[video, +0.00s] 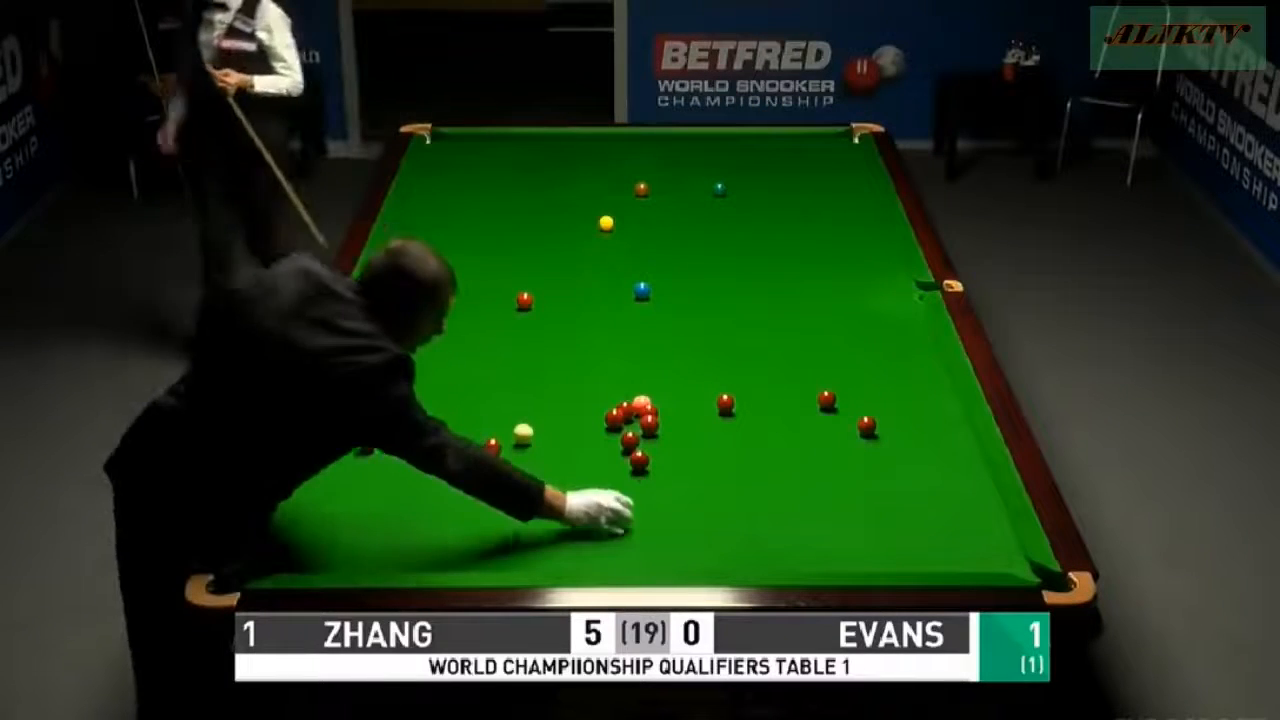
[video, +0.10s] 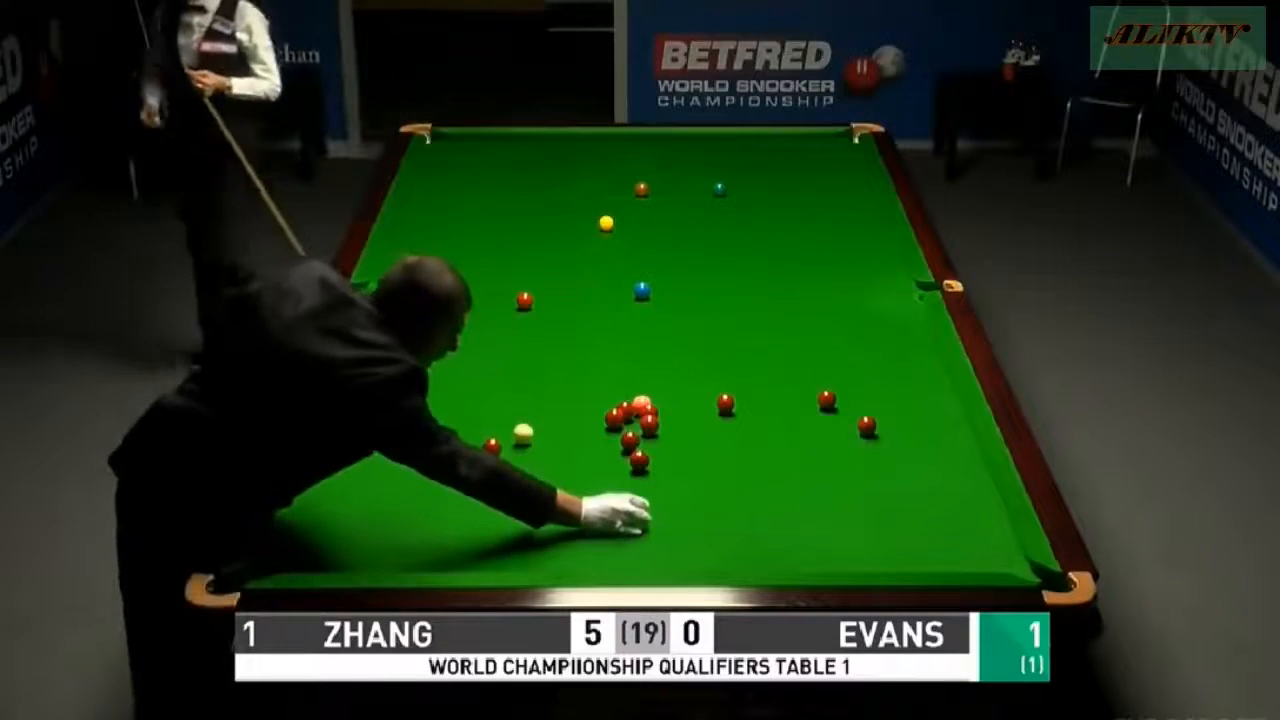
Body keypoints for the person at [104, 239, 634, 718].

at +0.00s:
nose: (440, 330)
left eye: (441, 316)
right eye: (438, 318)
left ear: (373, 279)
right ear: (413, 318)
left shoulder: (297, 276)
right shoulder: (372, 377)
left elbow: (220, 310)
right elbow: (447, 456)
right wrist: (559, 503)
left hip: (146, 462)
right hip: (197, 504)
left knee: (162, 648)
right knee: (197, 658)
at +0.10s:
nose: (456, 344)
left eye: (457, 330)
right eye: (453, 332)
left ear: (387, 290)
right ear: (426, 330)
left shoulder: (308, 284)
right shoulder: (385, 387)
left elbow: (226, 291)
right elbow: (459, 464)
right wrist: (574, 508)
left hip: (151, 461)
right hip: (207, 501)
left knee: (158, 647)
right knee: (202, 655)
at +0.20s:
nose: (460, 348)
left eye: (462, 334)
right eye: (458, 336)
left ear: (393, 294)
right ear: (430, 333)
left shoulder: (314, 286)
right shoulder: (387, 389)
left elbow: (226, 320)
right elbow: (465, 468)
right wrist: (579, 508)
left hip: (153, 458)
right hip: (202, 498)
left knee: (160, 649)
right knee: (196, 658)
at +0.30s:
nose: (461, 348)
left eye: (463, 335)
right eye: (459, 337)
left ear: (394, 295)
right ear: (431, 335)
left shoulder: (317, 287)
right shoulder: (388, 389)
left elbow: (221, 318)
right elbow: (464, 467)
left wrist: (255, 392)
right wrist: (579, 508)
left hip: (151, 463)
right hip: (203, 501)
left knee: (159, 654)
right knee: (198, 661)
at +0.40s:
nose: (459, 346)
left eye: (461, 332)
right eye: (457, 334)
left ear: (392, 293)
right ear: (428, 332)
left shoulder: (317, 286)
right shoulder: (386, 387)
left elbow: (217, 316)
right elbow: (460, 467)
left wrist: (261, 387)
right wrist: (577, 508)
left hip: (155, 456)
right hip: (199, 498)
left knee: (160, 645)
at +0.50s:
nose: (455, 343)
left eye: (457, 330)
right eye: (453, 331)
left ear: (387, 288)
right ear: (426, 329)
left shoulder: (311, 282)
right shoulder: (383, 386)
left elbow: (205, 320)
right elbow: (457, 469)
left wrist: (255, 391)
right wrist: (568, 510)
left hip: (153, 461)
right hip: (203, 504)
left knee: (161, 653)